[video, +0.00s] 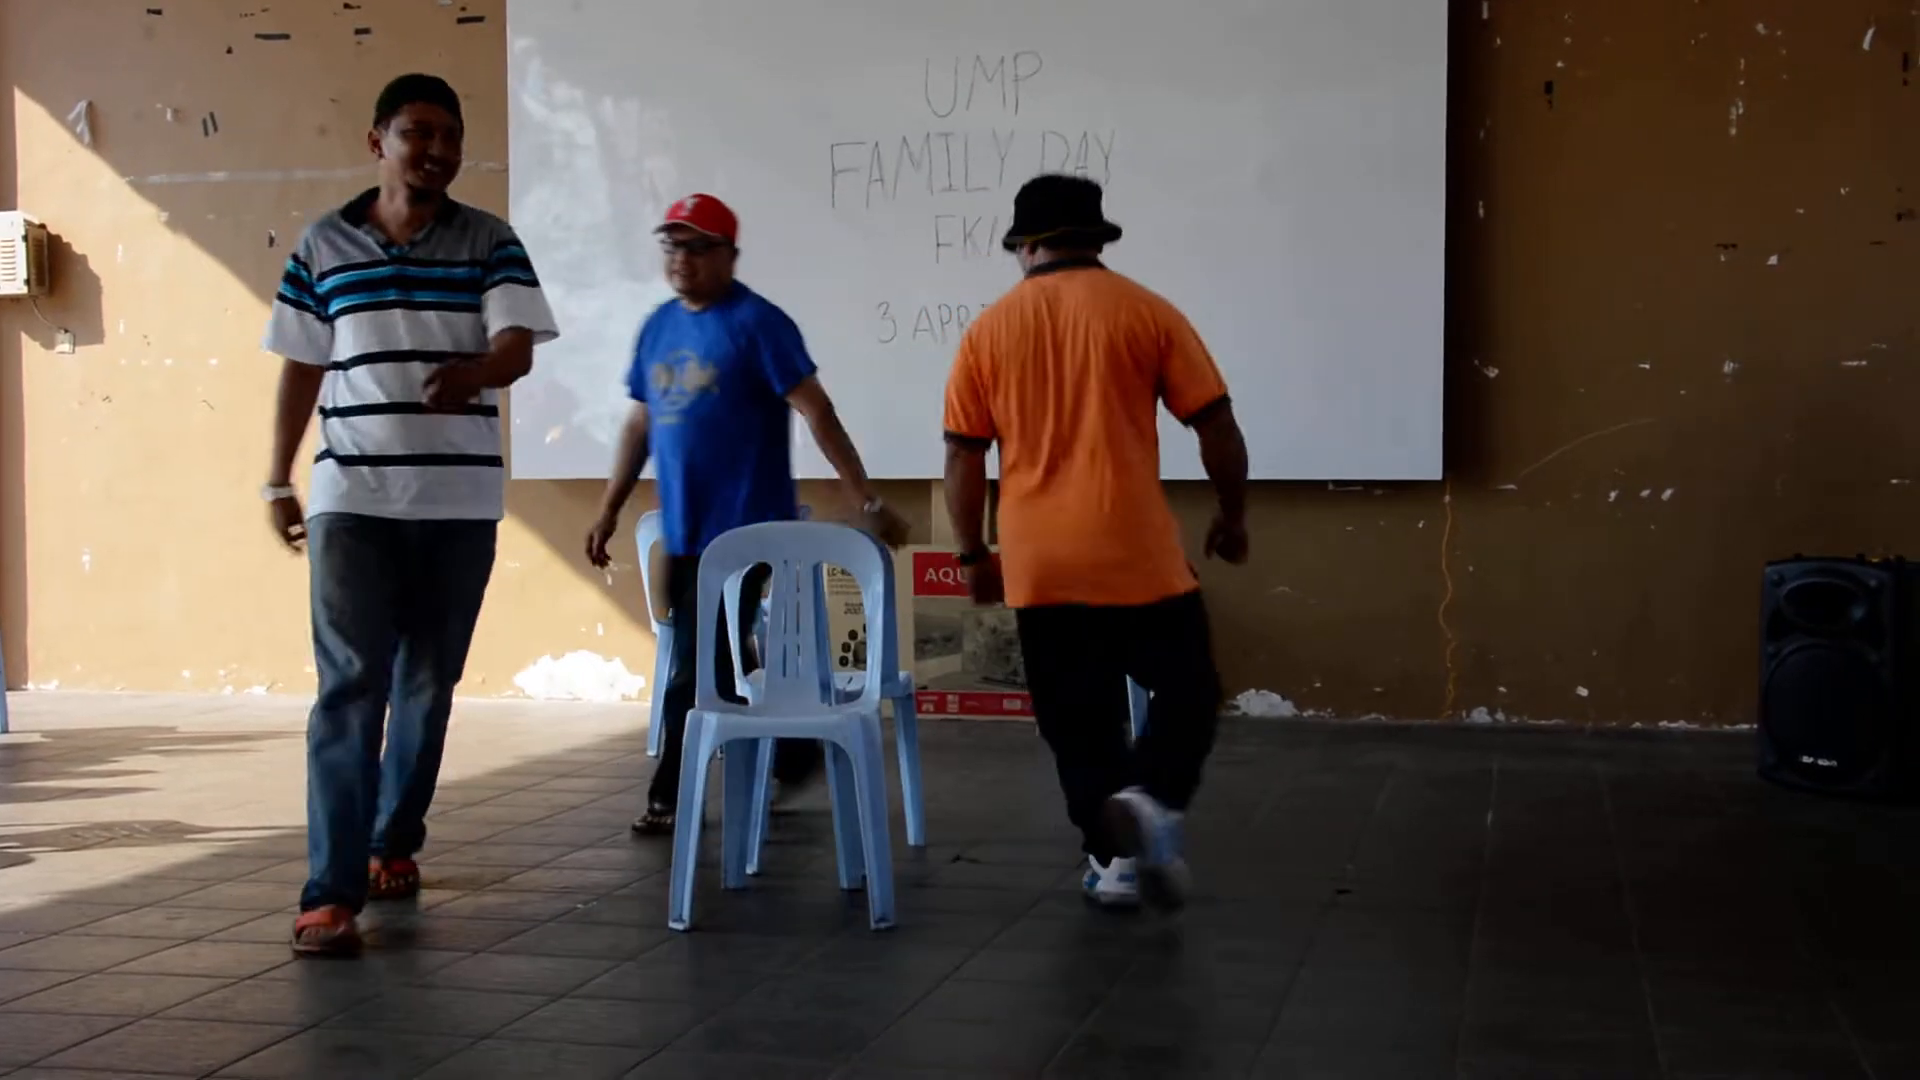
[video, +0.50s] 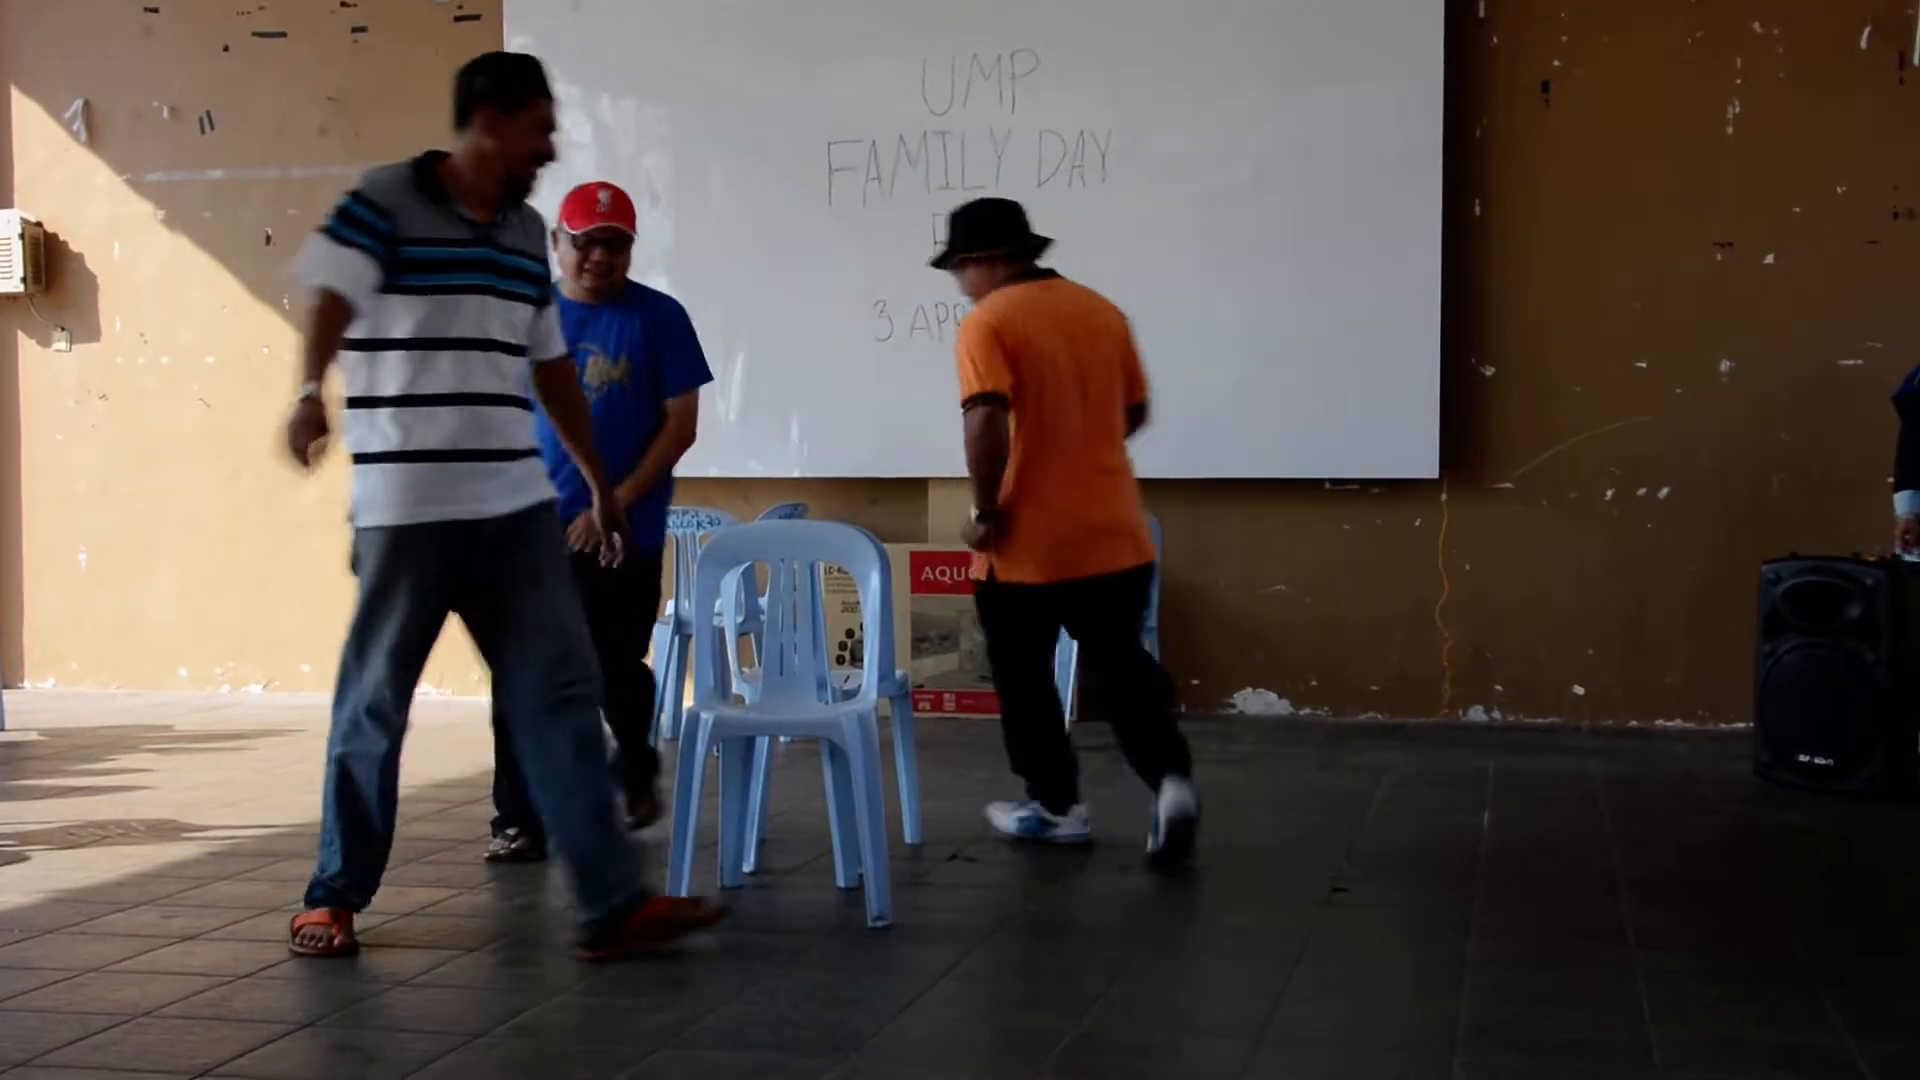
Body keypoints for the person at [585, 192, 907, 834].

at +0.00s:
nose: (678, 260)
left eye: (693, 248)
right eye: (669, 248)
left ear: (727, 255)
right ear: (662, 256)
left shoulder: (759, 322)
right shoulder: (657, 327)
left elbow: (817, 410)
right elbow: (639, 426)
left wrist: (865, 497)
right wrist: (609, 511)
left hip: (753, 530)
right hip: (685, 531)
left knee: (692, 666)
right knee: (706, 661)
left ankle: (670, 798)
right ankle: (797, 749)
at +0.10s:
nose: (658, 256)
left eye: (673, 245)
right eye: (649, 244)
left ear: (706, 252)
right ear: (639, 252)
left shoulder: (739, 319)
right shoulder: (631, 322)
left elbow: (800, 408)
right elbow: (617, 425)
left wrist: (850, 494)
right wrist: (598, 511)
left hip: (718, 529)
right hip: (642, 527)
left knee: (696, 664)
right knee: (630, 646)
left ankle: (669, 798)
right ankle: (708, 738)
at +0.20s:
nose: (639, 251)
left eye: (655, 240)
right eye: (629, 239)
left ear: (685, 246)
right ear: (618, 244)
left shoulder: (718, 315)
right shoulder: (602, 320)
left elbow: (765, 403)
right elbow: (589, 420)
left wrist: (793, 482)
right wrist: (586, 507)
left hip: (696, 530)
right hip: (614, 526)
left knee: (685, 672)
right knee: (587, 649)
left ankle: (671, 794)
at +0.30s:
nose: (622, 253)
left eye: (638, 241)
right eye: (611, 239)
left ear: (665, 247)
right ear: (596, 244)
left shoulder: (697, 316)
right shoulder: (572, 318)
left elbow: (728, 415)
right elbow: (555, 419)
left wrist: (722, 502)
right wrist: (543, 503)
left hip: (669, 535)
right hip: (586, 534)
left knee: (674, 683)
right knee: (557, 678)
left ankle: (667, 799)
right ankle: (529, 807)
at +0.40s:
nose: (610, 259)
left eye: (626, 247)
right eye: (598, 244)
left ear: (646, 253)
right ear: (576, 247)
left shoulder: (677, 322)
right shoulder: (545, 318)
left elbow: (697, 430)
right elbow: (509, 417)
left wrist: (644, 522)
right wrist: (498, 502)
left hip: (647, 542)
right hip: (556, 536)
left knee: (651, 679)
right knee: (537, 680)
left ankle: (662, 796)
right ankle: (523, 816)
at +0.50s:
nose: (598, 257)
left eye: (612, 245)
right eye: (585, 243)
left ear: (630, 250)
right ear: (559, 245)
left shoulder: (660, 318)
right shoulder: (532, 314)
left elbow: (682, 428)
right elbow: (501, 415)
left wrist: (611, 505)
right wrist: (519, 505)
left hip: (627, 530)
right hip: (542, 526)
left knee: (617, 665)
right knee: (525, 677)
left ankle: (637, 769)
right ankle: (520, 816)